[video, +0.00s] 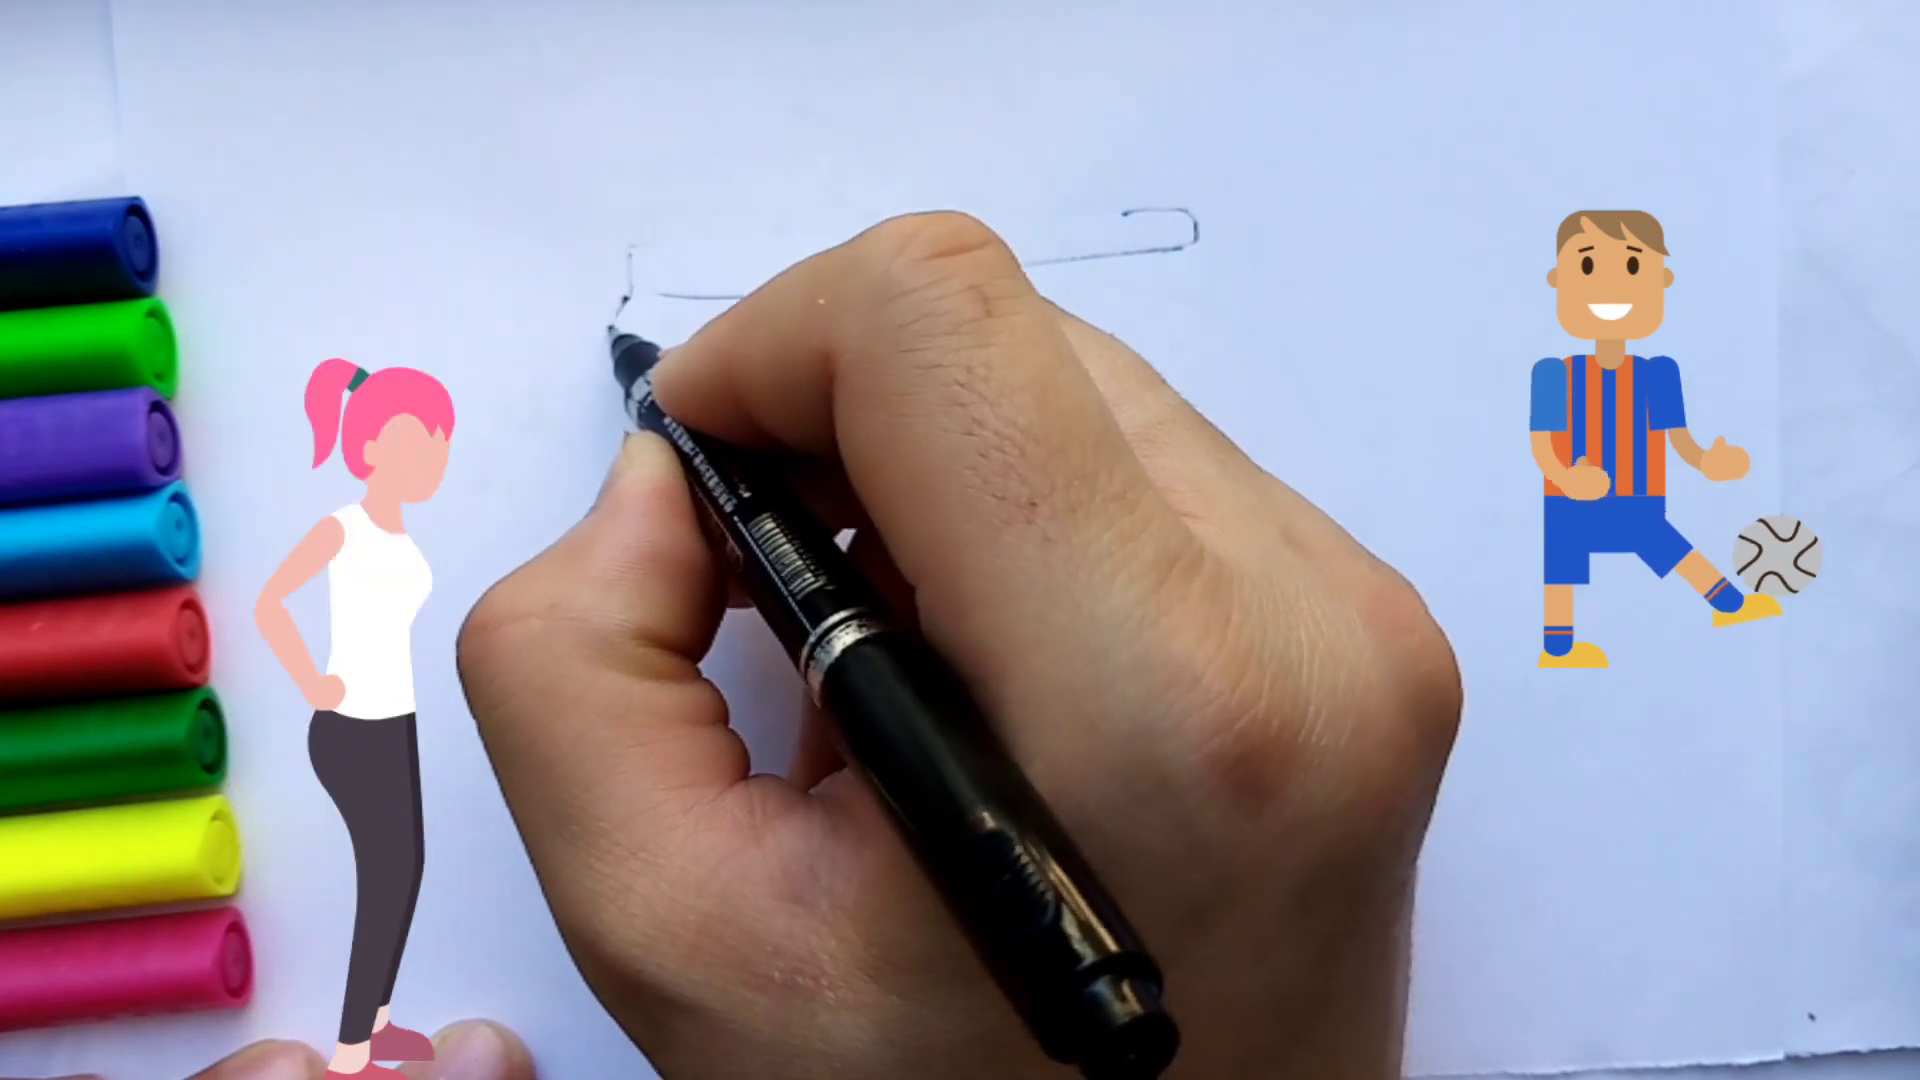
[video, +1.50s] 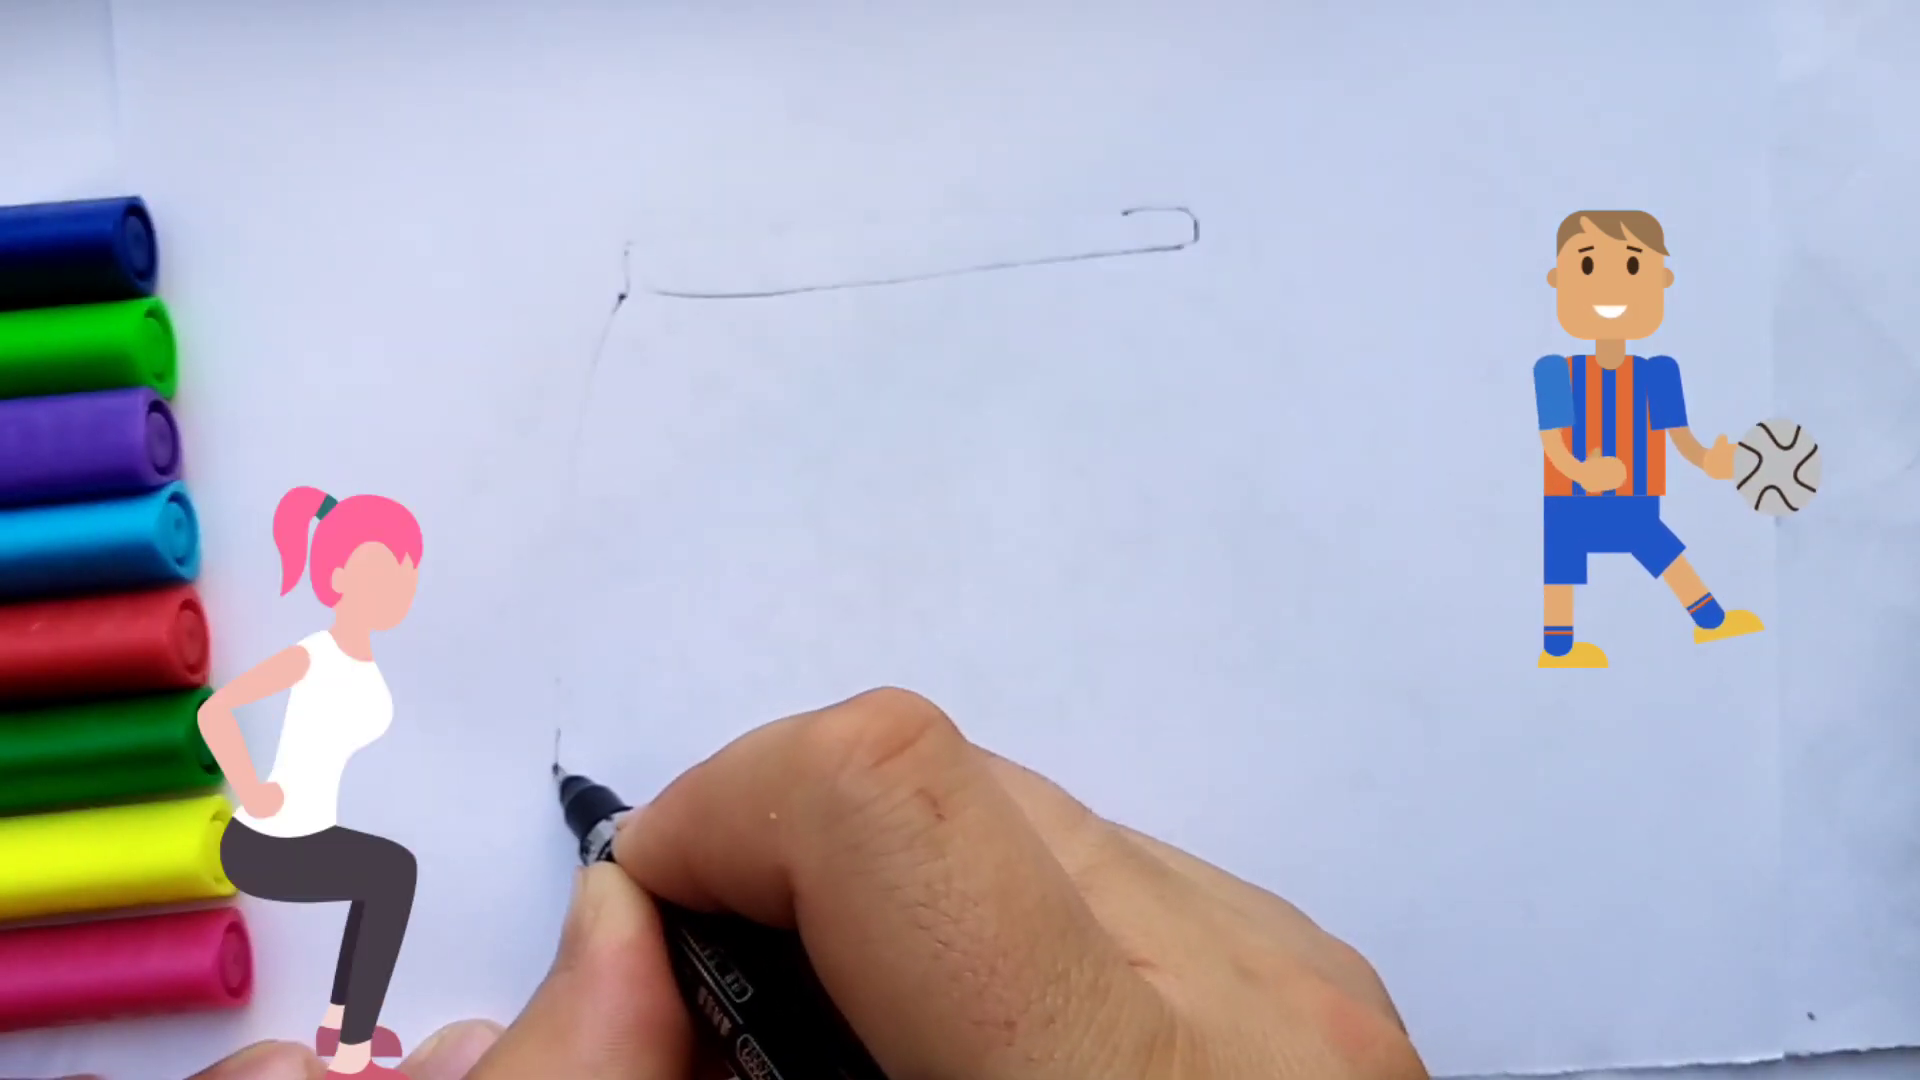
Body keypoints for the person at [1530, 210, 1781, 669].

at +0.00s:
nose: (1610, 287)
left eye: (1631, 267)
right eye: (1589, 267)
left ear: (1661, 283)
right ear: (1561, 283)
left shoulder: (1657, 373)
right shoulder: (1555, 374)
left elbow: (1680, 437)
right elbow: (1542, 442)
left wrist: (1708, 462)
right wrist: (1566, 479)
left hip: (1634, 506)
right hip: (1570, 508)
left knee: (1676, 552)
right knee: (1560, 573)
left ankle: (1730, 602)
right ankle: (1557, 646)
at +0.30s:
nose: (1610, 287)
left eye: (1631, 267)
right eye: (1589, 267)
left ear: (1661, 284)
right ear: (1559, 284)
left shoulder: (1656, 373)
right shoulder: (1560, 372)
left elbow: (1682, 435)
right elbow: (1553, 439)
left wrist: (1710, 460)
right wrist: (1582, 470)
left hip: (1630, 505)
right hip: (1570, 506)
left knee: (1664, 555)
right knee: (1561, 569)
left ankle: (1707, 621)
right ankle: (1557, 647)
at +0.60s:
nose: (1610, 287)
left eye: (1631, 267)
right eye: (1590, 267)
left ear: (1660, 283)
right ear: (1561, 282)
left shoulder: (1657, 374)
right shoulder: (1554, 374)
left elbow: (1681, 437)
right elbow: (1543, 443)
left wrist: (1708, 462)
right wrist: (1567, 480)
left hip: (1634, 506)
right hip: (1570, 508)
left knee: (1677, 552)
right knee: (1561, 573)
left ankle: (1730, 602)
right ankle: (1558, 647)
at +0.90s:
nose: (1611, 287)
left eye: (1631, 267)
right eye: (1589, 266)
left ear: (1662, 283)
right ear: (1559, 283)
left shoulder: (1656, 374)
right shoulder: (1558, 373)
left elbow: (1684, 438)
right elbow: (1552, 440)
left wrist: (1710, 461)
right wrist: (1580, 472)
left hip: (1630, 507)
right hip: (1570, 507)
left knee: (1665, 554)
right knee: (1561, 570)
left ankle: (1710, 618)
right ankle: (1558, 647)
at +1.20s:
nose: (1610, 287)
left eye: (1631, 267)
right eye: (1590, 267)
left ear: (1661, 283)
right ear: (1561, 283)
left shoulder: (1658, 373)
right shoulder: (1554, 374)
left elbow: (1681, 438)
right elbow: (1542, 442)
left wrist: (1708, 462)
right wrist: (1566, 479)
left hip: (1634, 506)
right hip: (1570, 509)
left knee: (1676, 552)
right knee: (1561, 574)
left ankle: (1729, 602)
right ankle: (1557, 647)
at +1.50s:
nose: (1611, 287)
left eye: (1631, 267)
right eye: (1589, 266)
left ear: (1662, 283)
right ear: (1559, 283)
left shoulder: (1656, 374)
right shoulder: (1558, 373)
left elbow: (1683, 437)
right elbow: (1552, 441)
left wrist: (1709, 461)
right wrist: (1581, 472)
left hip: (1630, 506)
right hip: (1570, 507)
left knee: (1663, 552)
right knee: (1561, 569)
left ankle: (1710, 618)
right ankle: (1558, 647)